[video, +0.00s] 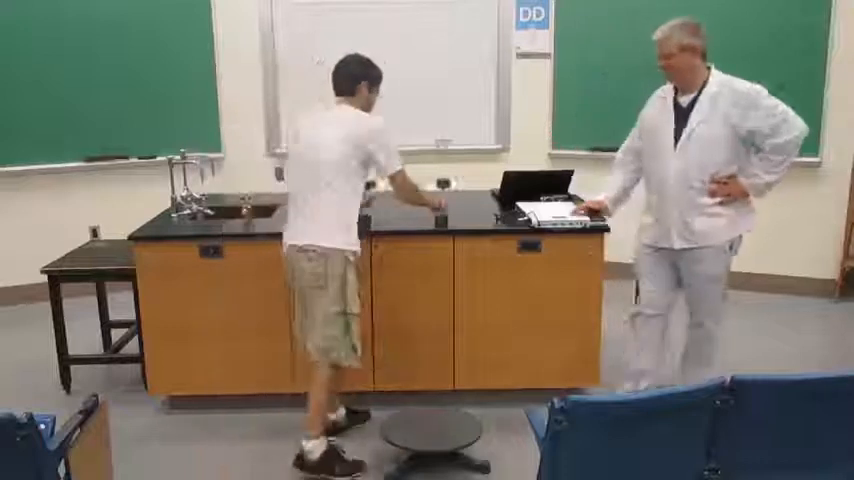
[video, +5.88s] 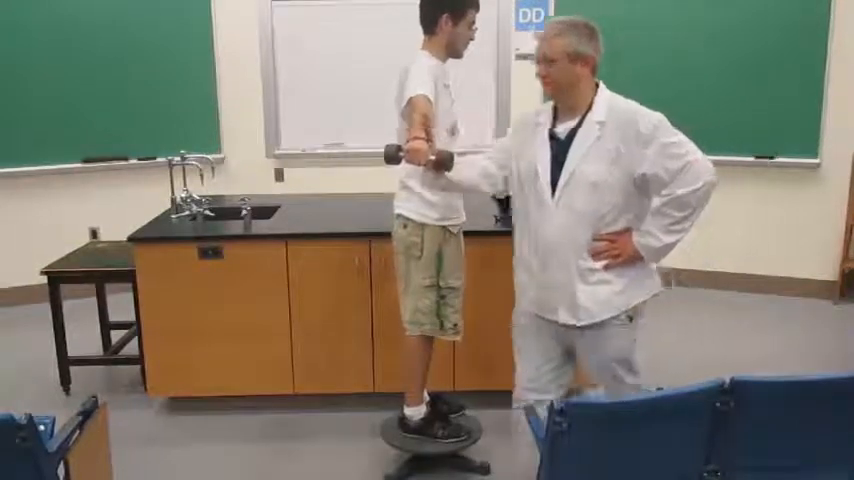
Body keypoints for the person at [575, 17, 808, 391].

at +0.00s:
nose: (661, 65)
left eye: (667, 57)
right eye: (660, 57)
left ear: (694, 53)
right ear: (674, 55)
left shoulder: (737, 96)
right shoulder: (659, 101)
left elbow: (791, 132)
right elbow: (632, 158)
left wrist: (752, 182)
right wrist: (607, 201)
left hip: (709, 234)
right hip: (658, 231)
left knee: (702, 322)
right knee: (649, 314)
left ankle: (694, 400)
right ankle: (639, 395)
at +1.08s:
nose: (600, 79)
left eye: (605, 70)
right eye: (598, 71)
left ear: (633, 61)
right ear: (627, 63)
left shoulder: (676, 99)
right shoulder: (615, 103)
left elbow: (732, 143)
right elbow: (618, 170)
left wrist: (692, 199)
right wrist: (593, 211)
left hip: (653, 246)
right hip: (612, 242)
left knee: (635, 343)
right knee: (608, 336)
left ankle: (633, 429)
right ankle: (612, 424)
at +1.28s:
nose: (591, 79)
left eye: (595, 70)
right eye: (588, 72)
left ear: (619, 60)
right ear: (614, 62)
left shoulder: (661, 94)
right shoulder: (613, 101)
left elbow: (711, 141)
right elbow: (624, 168)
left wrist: (677, 198)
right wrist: (594, 209)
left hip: (644, 245)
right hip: (602, 239)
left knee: (628, 340)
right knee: (582, 329)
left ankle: (623, 425)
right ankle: (564, 411)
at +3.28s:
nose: (589, 91)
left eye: (593, 82)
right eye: (586, 83)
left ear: (620, 71)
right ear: (606, 76)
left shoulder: (660, 110)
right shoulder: (601, 113)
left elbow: (713, 153)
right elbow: (594, 170)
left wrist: (672, 210)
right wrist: (582, 204)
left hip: (632, 256)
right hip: (587, 250)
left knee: (620, 355)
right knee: (561, 338)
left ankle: (617, 439)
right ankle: (528, 423)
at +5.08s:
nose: (610, 62)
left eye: (619, 54)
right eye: (607, 53)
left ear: (649, 56)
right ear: (603, 55)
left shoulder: (684, 109)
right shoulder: (591, 108)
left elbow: (738, 154)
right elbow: (558, 153)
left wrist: (691, 207)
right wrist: (524, 171)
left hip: (648, 261)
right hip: (594, 258)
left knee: (642, 364)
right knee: (598, 358)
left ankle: (642, 447)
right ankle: (599, 439)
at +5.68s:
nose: (584, 67)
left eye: (593, 57)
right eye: (581, 57)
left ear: (629, 58)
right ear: (580, 59)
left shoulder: (677, 118)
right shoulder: (564, 119)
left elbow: (737, 164)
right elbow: (515, 156)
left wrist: (685, 225)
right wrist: (459, 158)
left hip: (640, 293)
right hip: (570, 290)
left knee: (645, 410)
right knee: (563, 407)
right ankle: (560, 474)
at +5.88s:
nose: (539, 72)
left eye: (549, 62)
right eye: (538, 62)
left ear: (585, 65)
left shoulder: (633, 124)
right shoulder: (528, 127)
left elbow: (695, 177)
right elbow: (492, 170)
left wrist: (646, 241)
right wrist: (437, 161)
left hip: (605, 301)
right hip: (537, 299)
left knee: (618, 412)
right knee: (534, 407)